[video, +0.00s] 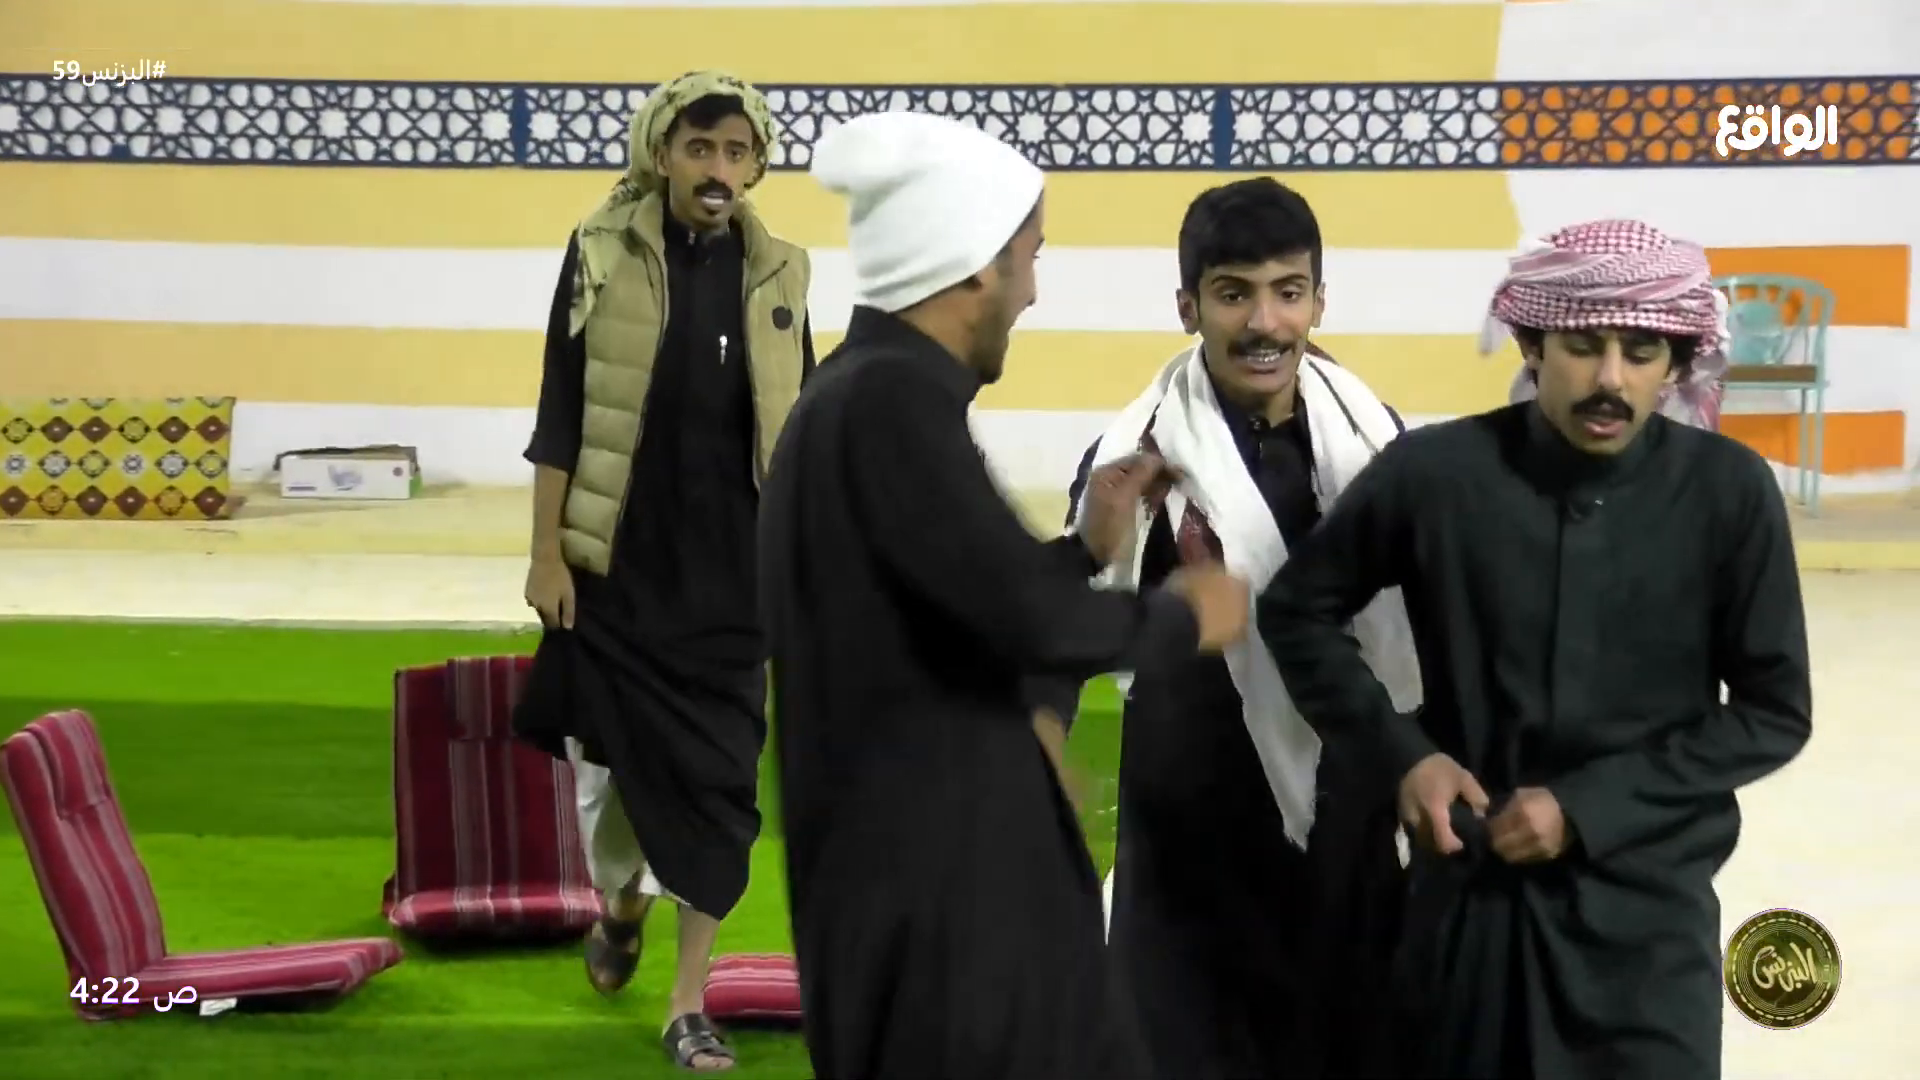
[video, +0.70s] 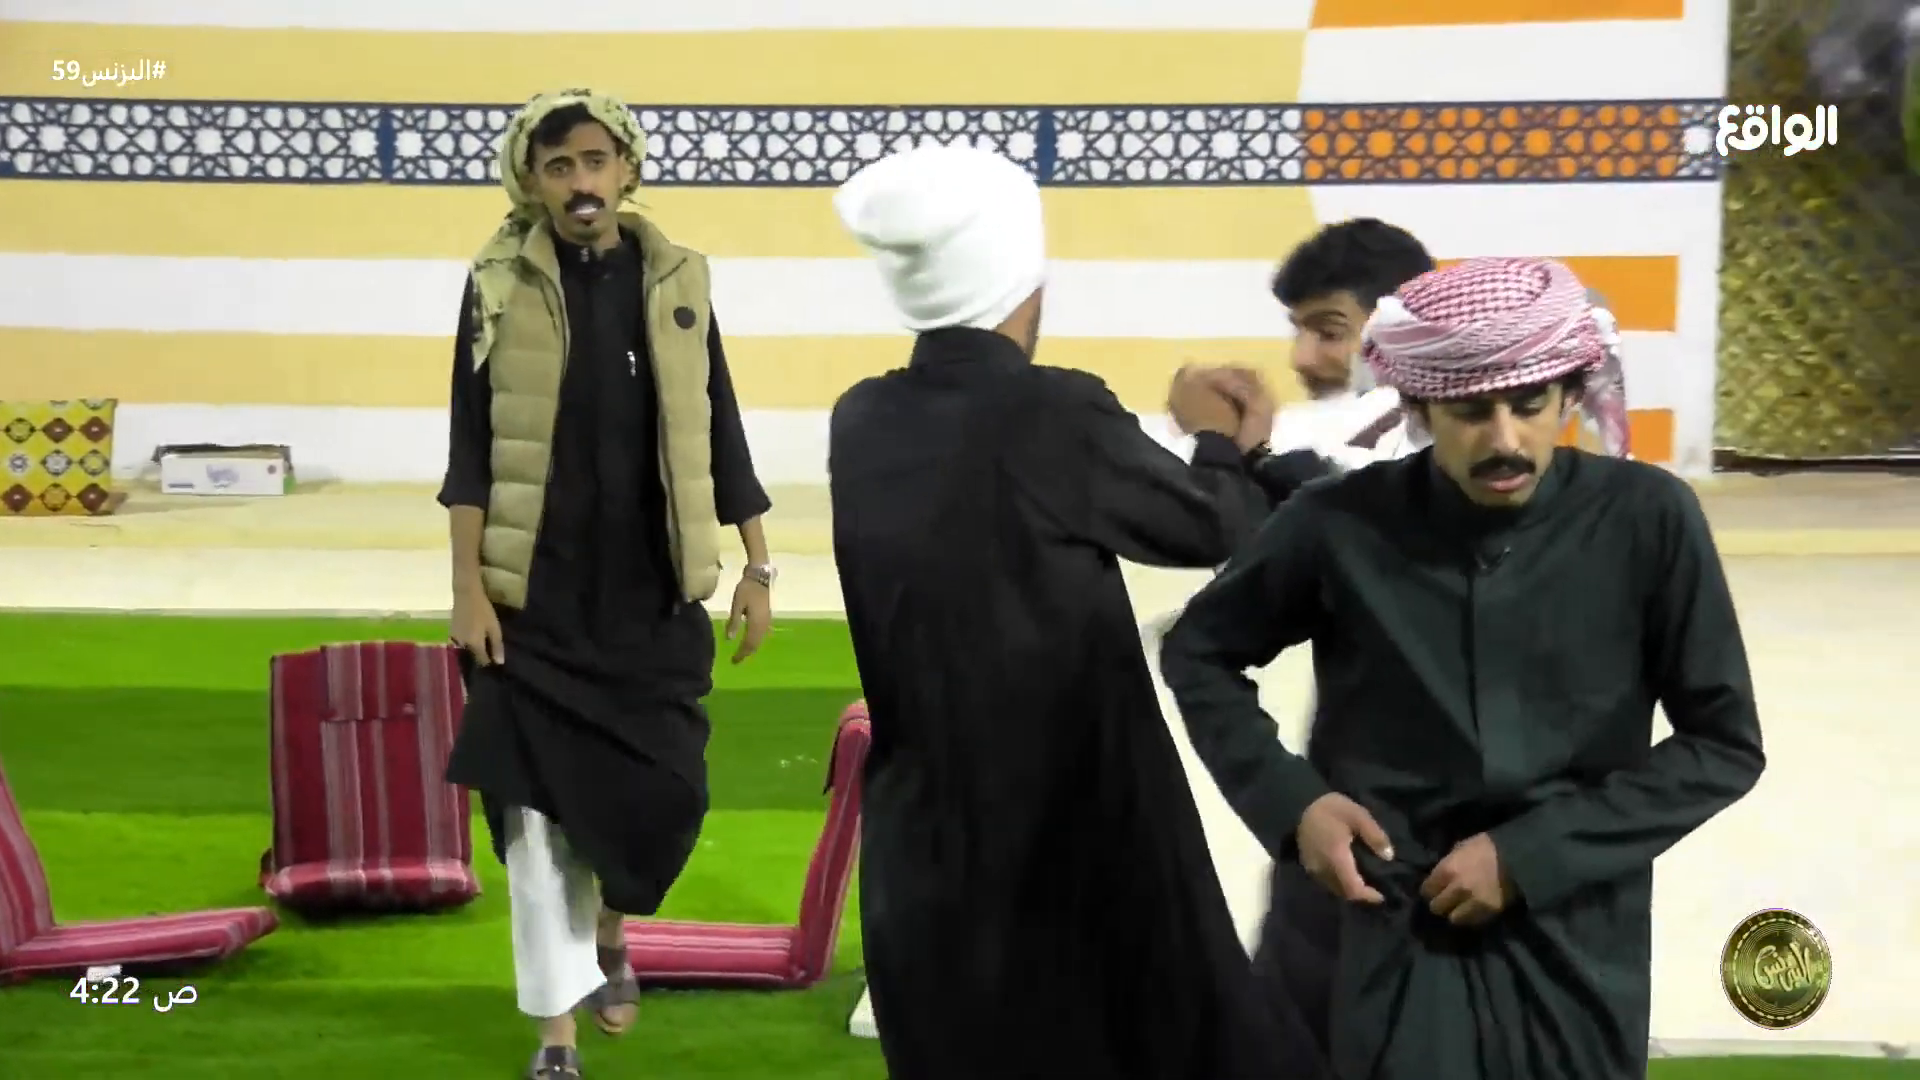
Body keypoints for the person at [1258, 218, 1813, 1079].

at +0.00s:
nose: (1609, 378)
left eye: (1640, 352)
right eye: (1582, 346)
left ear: (1675, 366)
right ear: (1533, 349)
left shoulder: (1729, 489)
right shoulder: (1428, 475)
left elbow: (1775, 714)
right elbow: (1295, 609)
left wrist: (1580, 806)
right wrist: (1405, 757)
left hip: (1642, 930)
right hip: (1462, 918)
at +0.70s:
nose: (1504, 441)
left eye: (1529, 406)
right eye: (1471, 411)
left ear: (1566, 402)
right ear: (1423, 410)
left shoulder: (1650, 518)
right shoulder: (1335, 524)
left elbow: (1725, 744)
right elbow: (1197, 655)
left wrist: (1522, 856)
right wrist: (1296, 805)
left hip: (1576, 959)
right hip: (1386, 951)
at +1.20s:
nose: (1513, 469)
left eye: (1543, 435)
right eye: (1482, 432)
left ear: (1574, 442)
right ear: (1419, 432)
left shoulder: (1623, 576)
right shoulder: (1303, 557)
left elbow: (1649, 832)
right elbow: (1120, 679)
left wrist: (1442, 928)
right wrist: (1228, 865)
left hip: (1527, 1040)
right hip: (1329, 1033)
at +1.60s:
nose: (1500, 463)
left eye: (1530, 424)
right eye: (1465, 427)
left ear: (1569, 427)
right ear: (1405, 428)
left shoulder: (1645, 559)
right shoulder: (1310, 564)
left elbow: (1705, 810)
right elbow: (1164, 688)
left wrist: (1471, 894)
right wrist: (1253, 859)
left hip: (1551, 1036)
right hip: (1350, 1031)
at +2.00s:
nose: (1477, 580)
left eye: (1499, 531)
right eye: (1433, 550)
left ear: (1555, 514)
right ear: (1387, 555)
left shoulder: (1682, 632)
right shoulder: (1321, 677)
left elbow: (1754, 899)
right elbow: (1185, 812)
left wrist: (1521, 1024)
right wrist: (1309, 994)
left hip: (1621, 1058)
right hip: (1380, 1062)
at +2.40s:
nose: (1564, 742)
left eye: (1600, 698)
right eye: (1525, 703)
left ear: (1656, 640)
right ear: (1474, 662)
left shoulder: (1796, 743)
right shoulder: (1395, 746)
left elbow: (1861, 1032)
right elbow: (1231, 887)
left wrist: (1741, 1068)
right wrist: (1361, 1070)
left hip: (1704, 1063)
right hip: (1470, 1063)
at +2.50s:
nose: (1575, 771)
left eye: (1614, 732)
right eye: (1540, 733)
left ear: (1681, 674)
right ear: (1494, 687)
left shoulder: (1822, 764)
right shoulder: (1408, 754)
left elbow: (1893, 1039)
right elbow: (1253, 888)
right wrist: (1368, 1069)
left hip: (1734, 1061)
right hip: (1484, 1060)